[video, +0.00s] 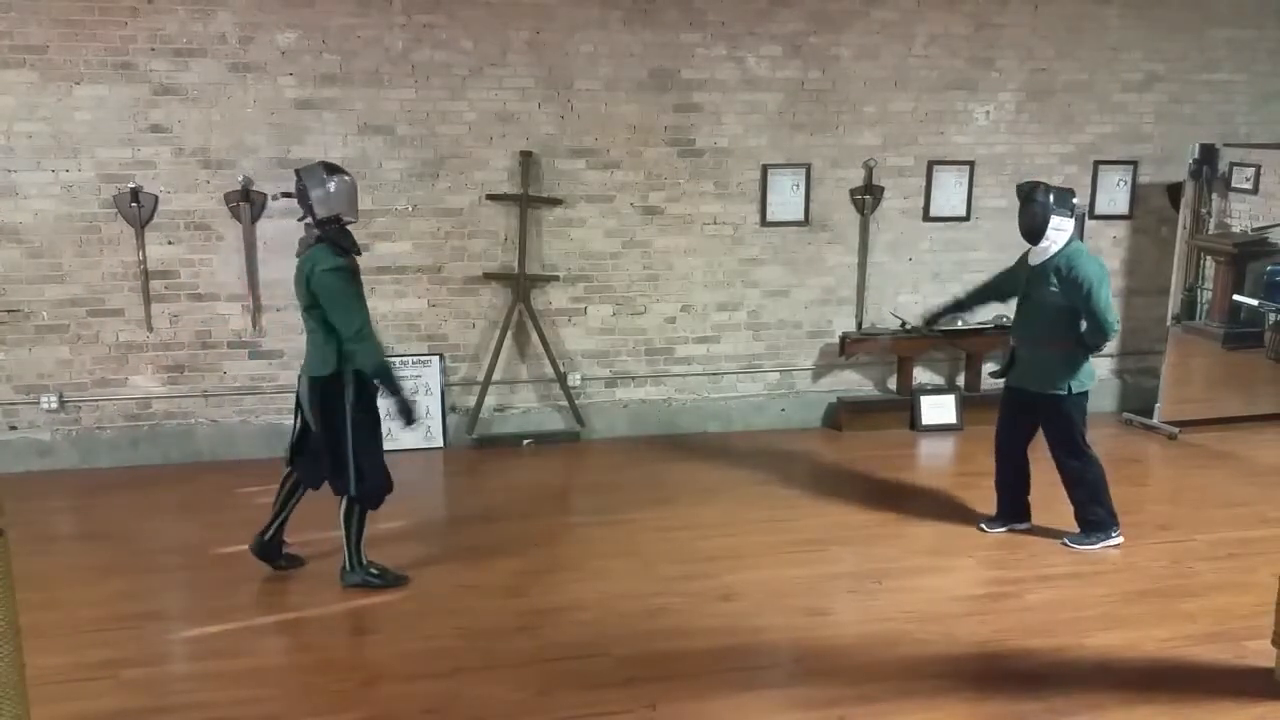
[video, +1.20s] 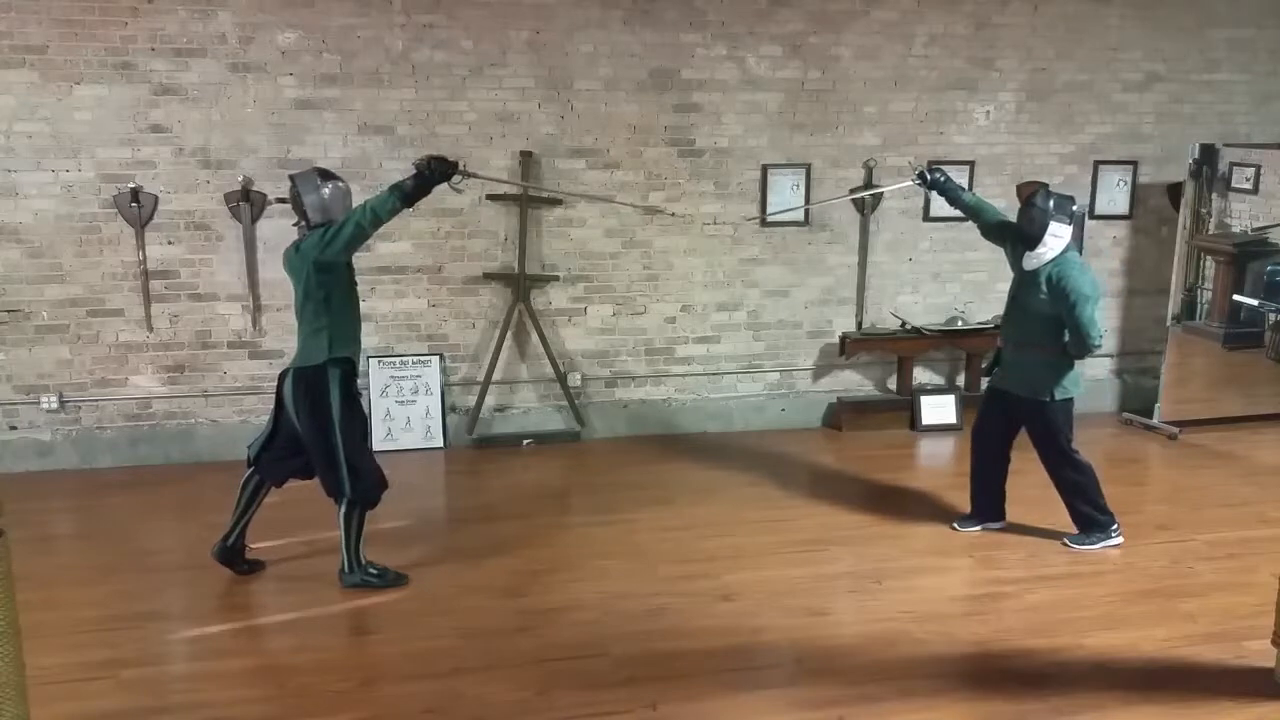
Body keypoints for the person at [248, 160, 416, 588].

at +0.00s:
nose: (351, 206)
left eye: (347, 198)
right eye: (346, 199)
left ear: (310, 205)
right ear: (336, 203)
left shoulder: (314, 254)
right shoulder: (329, 262)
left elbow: (339, 328)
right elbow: (357, 333)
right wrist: (394, 388)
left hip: (318, 376)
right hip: (342, 378)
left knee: (308, 461)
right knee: (363, 473)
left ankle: (269, 539)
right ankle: (356, 565)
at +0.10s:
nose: (355, 206)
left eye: (352, 198)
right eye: (349, 200)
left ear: (314, 207)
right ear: (338, 205)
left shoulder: (315, 253)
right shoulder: (331, 262)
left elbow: (328, 322)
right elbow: (376, 318)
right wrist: (429, 364)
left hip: (315, 376)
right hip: (340, 379)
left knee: (302, 461)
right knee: (359, 472)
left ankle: (266, 541)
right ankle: (355, 566)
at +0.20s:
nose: (356, 208)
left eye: (352, 201)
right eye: (351, 201)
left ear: (313, 208)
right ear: (341, 206)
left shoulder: (312, 255)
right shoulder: (334, 261)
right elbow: (389, 297)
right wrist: (455, 324)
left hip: (312, 377)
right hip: (339, 380)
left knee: (298, 464)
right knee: (360, 474)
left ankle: (257, 541)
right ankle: (355, 566)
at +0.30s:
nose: (356, 205)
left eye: (351, 198)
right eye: (351, 199)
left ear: (312, 208)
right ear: (343, 205)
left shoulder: (312, 255)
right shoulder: (337, 257)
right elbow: (392, 275)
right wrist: (462, 280)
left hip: (311, 378)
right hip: (338, 380)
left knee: (292, 463)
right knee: (361, 475)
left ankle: (245, 540)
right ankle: (354, 566)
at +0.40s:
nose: (354, 205)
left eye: (350, 198)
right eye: (349, 199)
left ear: (311, 208)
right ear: (340, 204)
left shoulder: (310, 254)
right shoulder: (333, 251)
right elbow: (388, 253)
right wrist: (460, 240)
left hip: (310, 376)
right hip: (337, 378)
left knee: (283, 461)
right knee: (361, 474)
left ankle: (239, 540)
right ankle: (355, 566)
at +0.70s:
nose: (345, 208)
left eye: (343, 201)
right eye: (340, 201)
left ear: (304, 211)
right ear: (330, 205)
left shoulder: (300, 252)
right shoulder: (323, 245)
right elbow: (370, 218)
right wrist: (424, 182)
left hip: (304, 374)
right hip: (331, 372)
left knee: (273, 460)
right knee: (359, 471)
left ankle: (232, 542)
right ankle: (355, 564)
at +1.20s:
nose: (347, 211)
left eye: (346, 204)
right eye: (343, 204)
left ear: (304, 213)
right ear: (329, 208)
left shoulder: (298, 252)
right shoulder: (323, 245)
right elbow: (369, 216)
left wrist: (415, 184)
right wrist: (423, 179)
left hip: (301, 375)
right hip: (328, 373)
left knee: (270, 462)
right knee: (356, 473)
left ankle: (230, 544)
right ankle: (354, 567)